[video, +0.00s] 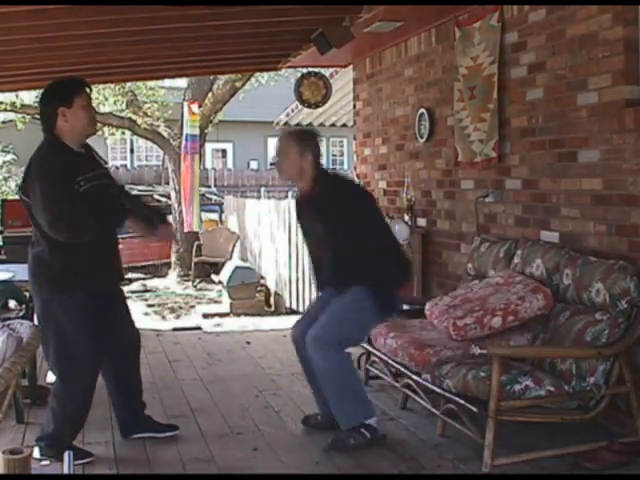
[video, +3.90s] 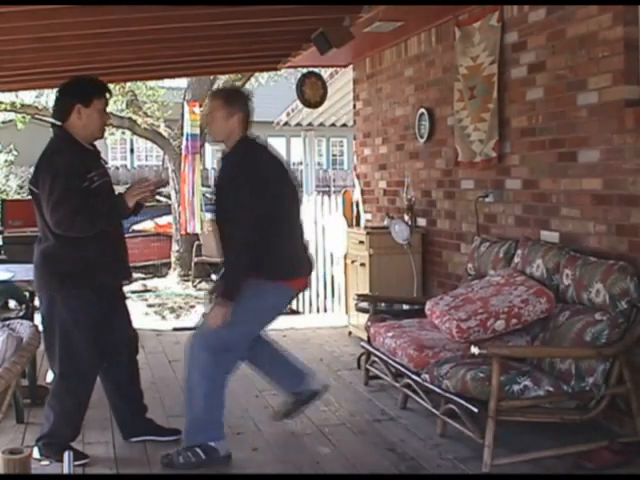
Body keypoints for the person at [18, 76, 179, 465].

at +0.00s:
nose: (95, 113)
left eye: (92, 105)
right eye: (87, 106)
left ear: (67, 115)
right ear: (63, 115)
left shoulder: (88, 158)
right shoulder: (45, 165)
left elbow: (117, 199)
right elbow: (62, 227)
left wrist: (150, 218)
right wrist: (117, 212)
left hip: (99, 279)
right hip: (61, 284)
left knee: (124, 346)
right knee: (77, 363)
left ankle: (133, 421)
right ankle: (54, 443)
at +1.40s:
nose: (115, 107)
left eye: (113, 99)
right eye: (108, 100)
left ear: (88, 107)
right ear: (85, 106)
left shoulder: (95, 149)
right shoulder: (68, 151)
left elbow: (130, 189)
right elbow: (114, 197)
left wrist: (156, 172)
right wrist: (157, 174)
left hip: (106, 273)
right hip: (77, 276)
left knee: (121, 350)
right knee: (70, 361)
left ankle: (134, 423)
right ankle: (51, 444)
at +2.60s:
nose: (112, 110)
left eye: (110, 102)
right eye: (103, 103)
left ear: (86, 110)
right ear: (76, 110)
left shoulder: (97, 153)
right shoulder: (67, 156)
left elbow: (118, 207)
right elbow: (102, 215)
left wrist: (160, 223)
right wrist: (159, 232)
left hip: (103, 274)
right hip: (70, 277)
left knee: (120, 351)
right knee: (69, 361)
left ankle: (134, 424)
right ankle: (51, 444)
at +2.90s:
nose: (104, 113)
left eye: (102, 105)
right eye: (96, 105)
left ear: (76, 111)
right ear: (71, 111)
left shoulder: (90, 155)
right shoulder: (57, 159)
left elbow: (104, 213)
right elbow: (77, 227)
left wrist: (131, 241)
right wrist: (115, 273)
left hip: (100, 273)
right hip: (69, 279)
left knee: (121, 351)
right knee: (72, 365)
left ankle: (134, 423)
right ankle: (52, 445)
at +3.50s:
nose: (102, 126)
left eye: (103, 118)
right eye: (98, 117)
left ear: (75, 116)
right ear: (74, 115)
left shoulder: (78, 157)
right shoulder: (52, 160)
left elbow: (94, 203)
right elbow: (65, 223)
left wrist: (131, 202)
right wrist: (122, 216)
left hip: (95, 279)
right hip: (65, 284)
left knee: (121, 348)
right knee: (79, 364)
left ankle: (135, 424)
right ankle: (52, 445)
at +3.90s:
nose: (107, 120)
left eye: (107, 112)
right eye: (102, 111)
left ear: (80, 112)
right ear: (78, 111)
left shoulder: (88, 156)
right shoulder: (59, 157)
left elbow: (99, 216)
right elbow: (65, 220)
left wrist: (134, 201)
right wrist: (122, 202)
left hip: (99, 278)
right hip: (68, 283)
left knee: (120, 352)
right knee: (76, 364)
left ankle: (134, 424)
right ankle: (51, 446)